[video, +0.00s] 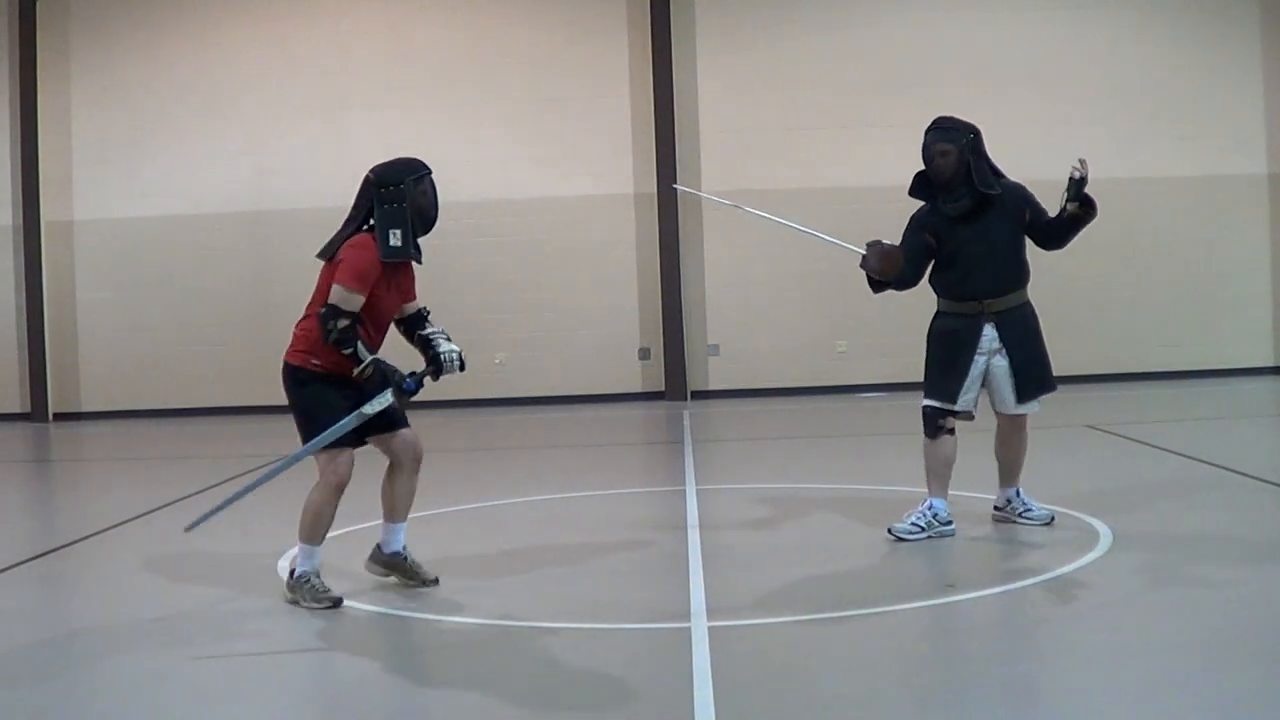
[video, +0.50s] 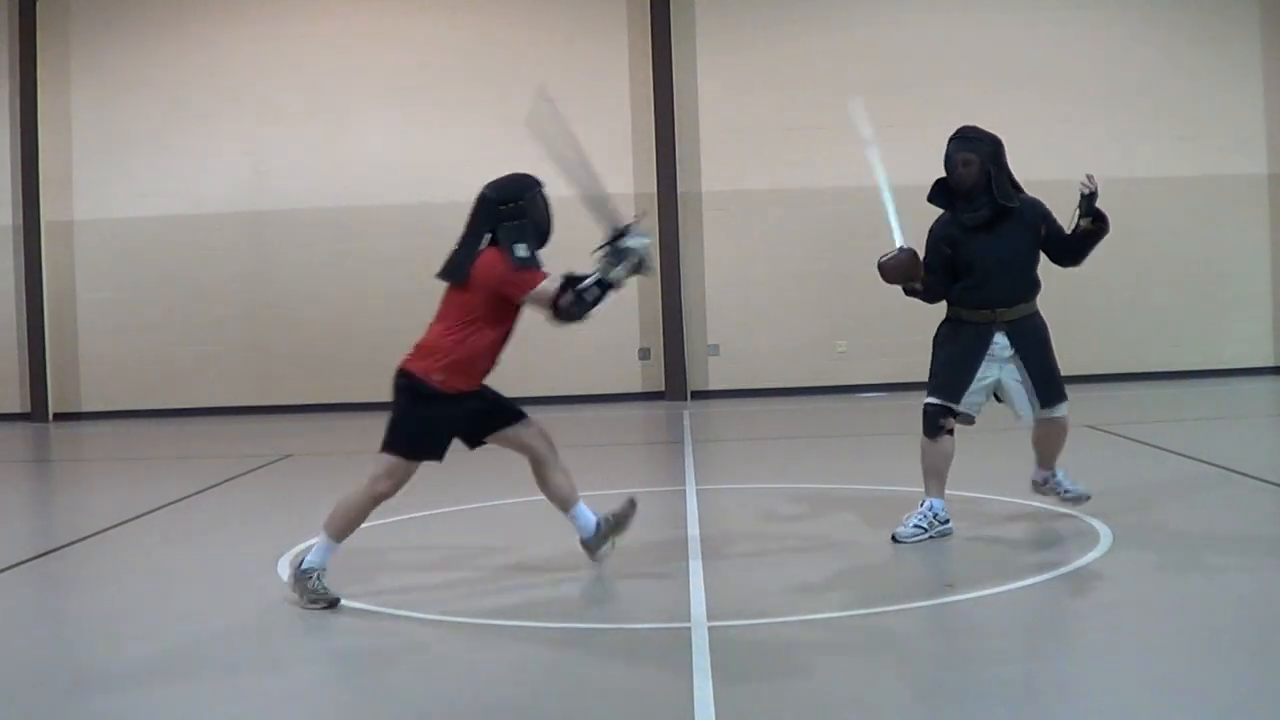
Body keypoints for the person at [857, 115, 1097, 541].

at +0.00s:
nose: (936, 163)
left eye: (944, 154)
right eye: (931, 156)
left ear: (968, 153)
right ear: (925, 161)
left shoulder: (1010, 196)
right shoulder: (928, 218)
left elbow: (1050, 237)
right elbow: (908, 274)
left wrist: (1073, 213)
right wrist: (881, 271)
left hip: (1011, 320)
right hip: (955, 324)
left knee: (1014, 412)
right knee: (937, 413)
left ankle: (1009, 497)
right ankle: (936, 508)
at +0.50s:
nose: (957, 173)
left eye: (966, 164)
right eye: (952, 165)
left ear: (989, 165)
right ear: (947, 170)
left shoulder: (1027, 211)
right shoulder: (946, 227)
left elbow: (1066, 254)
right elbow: (937, 290)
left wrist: (1088, 224)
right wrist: (913, 282)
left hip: (1022, 325)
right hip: (965, 329)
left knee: (1053, 410)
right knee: (937, 414)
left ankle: (1045, 476)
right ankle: (934, 509)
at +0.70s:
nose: (1009, 183)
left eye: (1017, 175)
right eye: (1004, 175)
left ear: (1041, 177)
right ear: (1000, 178)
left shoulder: (1075, 226)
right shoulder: (996, 225)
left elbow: (1126, 262)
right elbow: (950, 253)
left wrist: (1130, 229)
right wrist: (904, 245)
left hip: (1055, 337)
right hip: (997, 335)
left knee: (1086, 427)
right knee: (965, 421)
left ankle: (1091, 481)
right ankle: (930, 507)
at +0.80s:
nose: (1043, 179)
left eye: (1053, 172)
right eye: (1039, 171)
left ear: (1074, 175)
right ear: (1034, 175)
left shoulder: (1108, 224)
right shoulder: (1030, 223)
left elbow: (1153, 263)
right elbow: (981, 257)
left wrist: (1159, 240)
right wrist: (935, 254)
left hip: (1086, 336)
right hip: (1030, 332)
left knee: (1099, 430)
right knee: (993, 418)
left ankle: (1090, 490)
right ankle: (944, 491)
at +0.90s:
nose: (1074, 175)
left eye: (1083, 167)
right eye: (1069, 167)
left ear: (1103, 173)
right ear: (1063, 173)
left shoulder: (1131, 225)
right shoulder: (1056, 225)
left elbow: (1164, 266)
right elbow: (1030, 274)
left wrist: (1194, 273)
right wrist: (983, 290)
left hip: (1107, 334)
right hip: (1054, 331)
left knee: (1109, 421)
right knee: (1029, 414)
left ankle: (1093, 485)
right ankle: (1001, 467)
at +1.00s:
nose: (1097, 178)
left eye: (1105, 171)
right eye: (1093, 170)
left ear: (1126, 175)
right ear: (1086, 173)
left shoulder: (1152, 226)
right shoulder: (1080, 223)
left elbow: (1188, 269)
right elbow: (1049, 266)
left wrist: (1227, 302)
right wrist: (1006, 268)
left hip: (1126, 331)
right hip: (1076, 328)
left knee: (1116, 414)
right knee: (1063, 421)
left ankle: (1096, 482)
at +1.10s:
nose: (1120, 180)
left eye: (1129, 173)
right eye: (1116, 172)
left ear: (1149, 177)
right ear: (1109, 174)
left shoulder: (1172, 225)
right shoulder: (1098, 212)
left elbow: (1206, 270)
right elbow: (1058, 220)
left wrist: (1238, 314)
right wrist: (1029, 200)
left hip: (1145, 327)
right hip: (1100, 323)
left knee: (1116, 406)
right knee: (1100, 417)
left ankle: (1094, 482)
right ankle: (1149, 449)